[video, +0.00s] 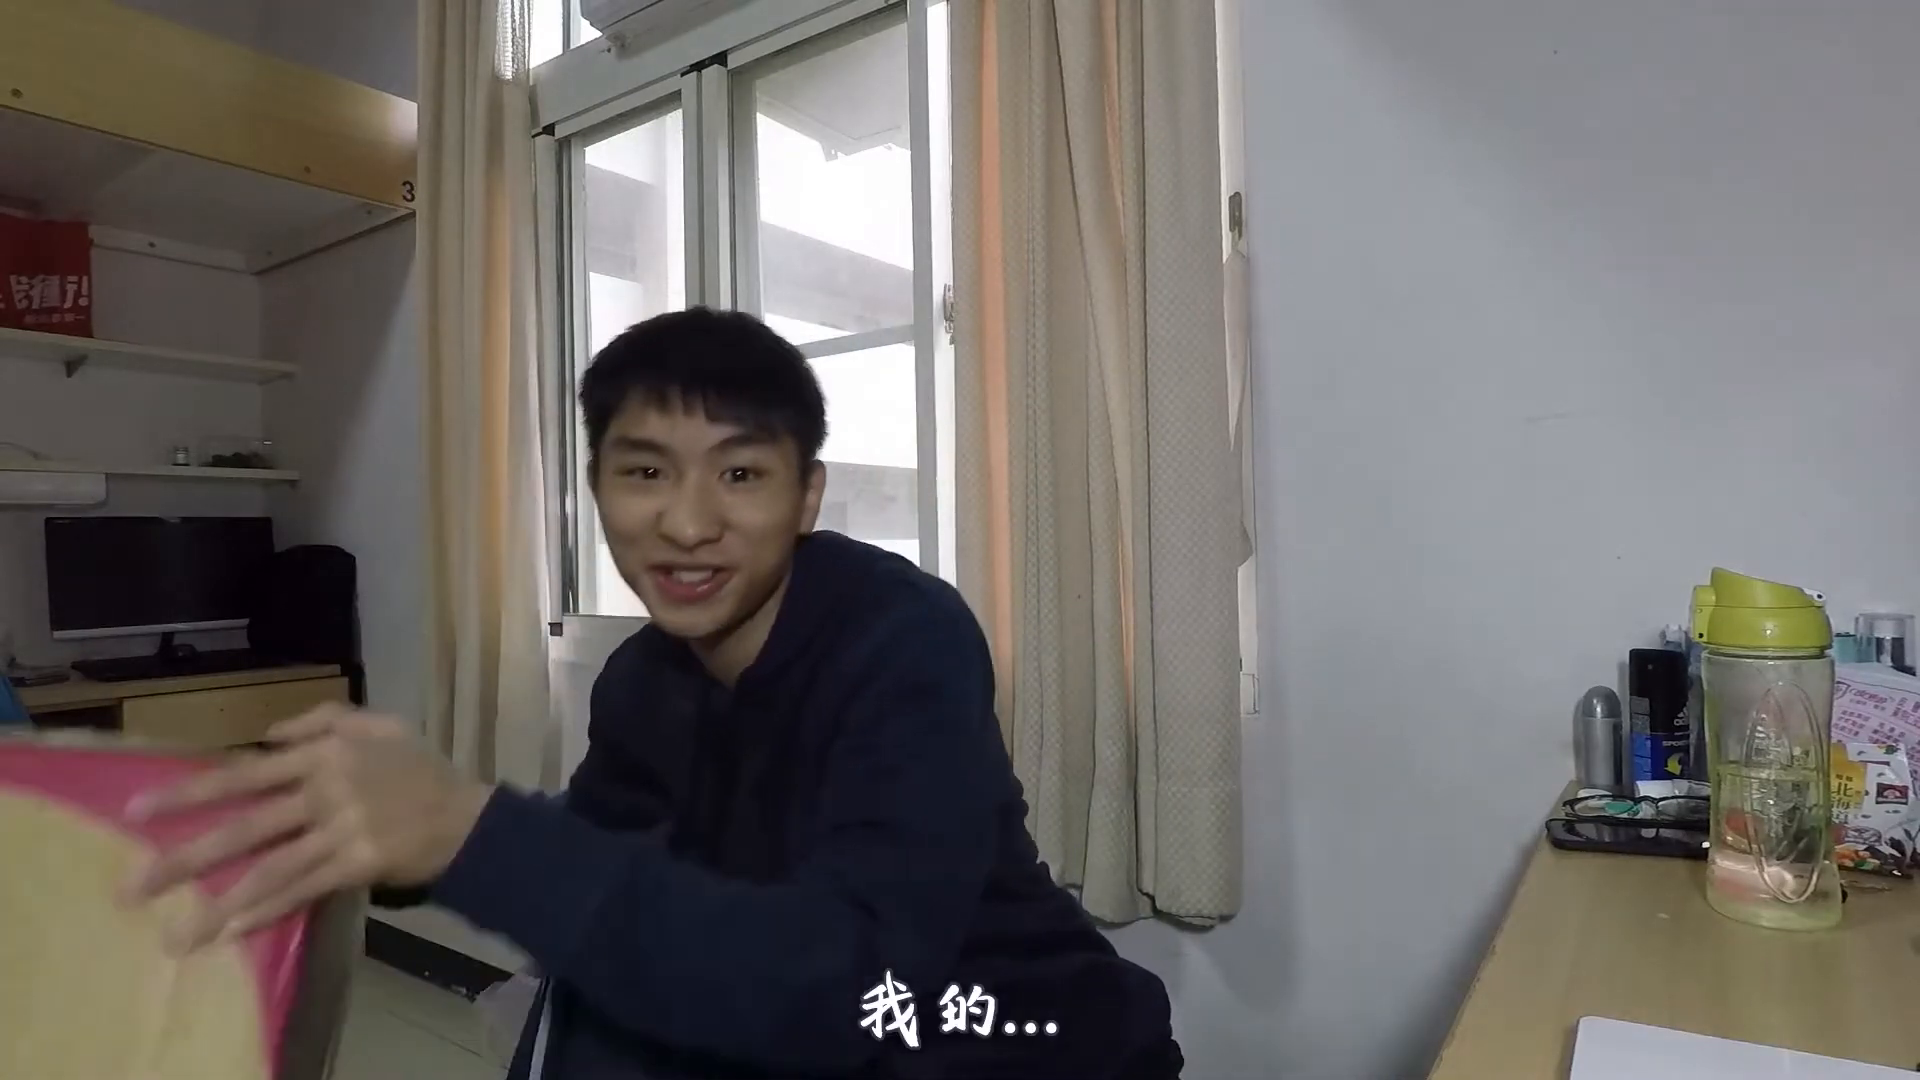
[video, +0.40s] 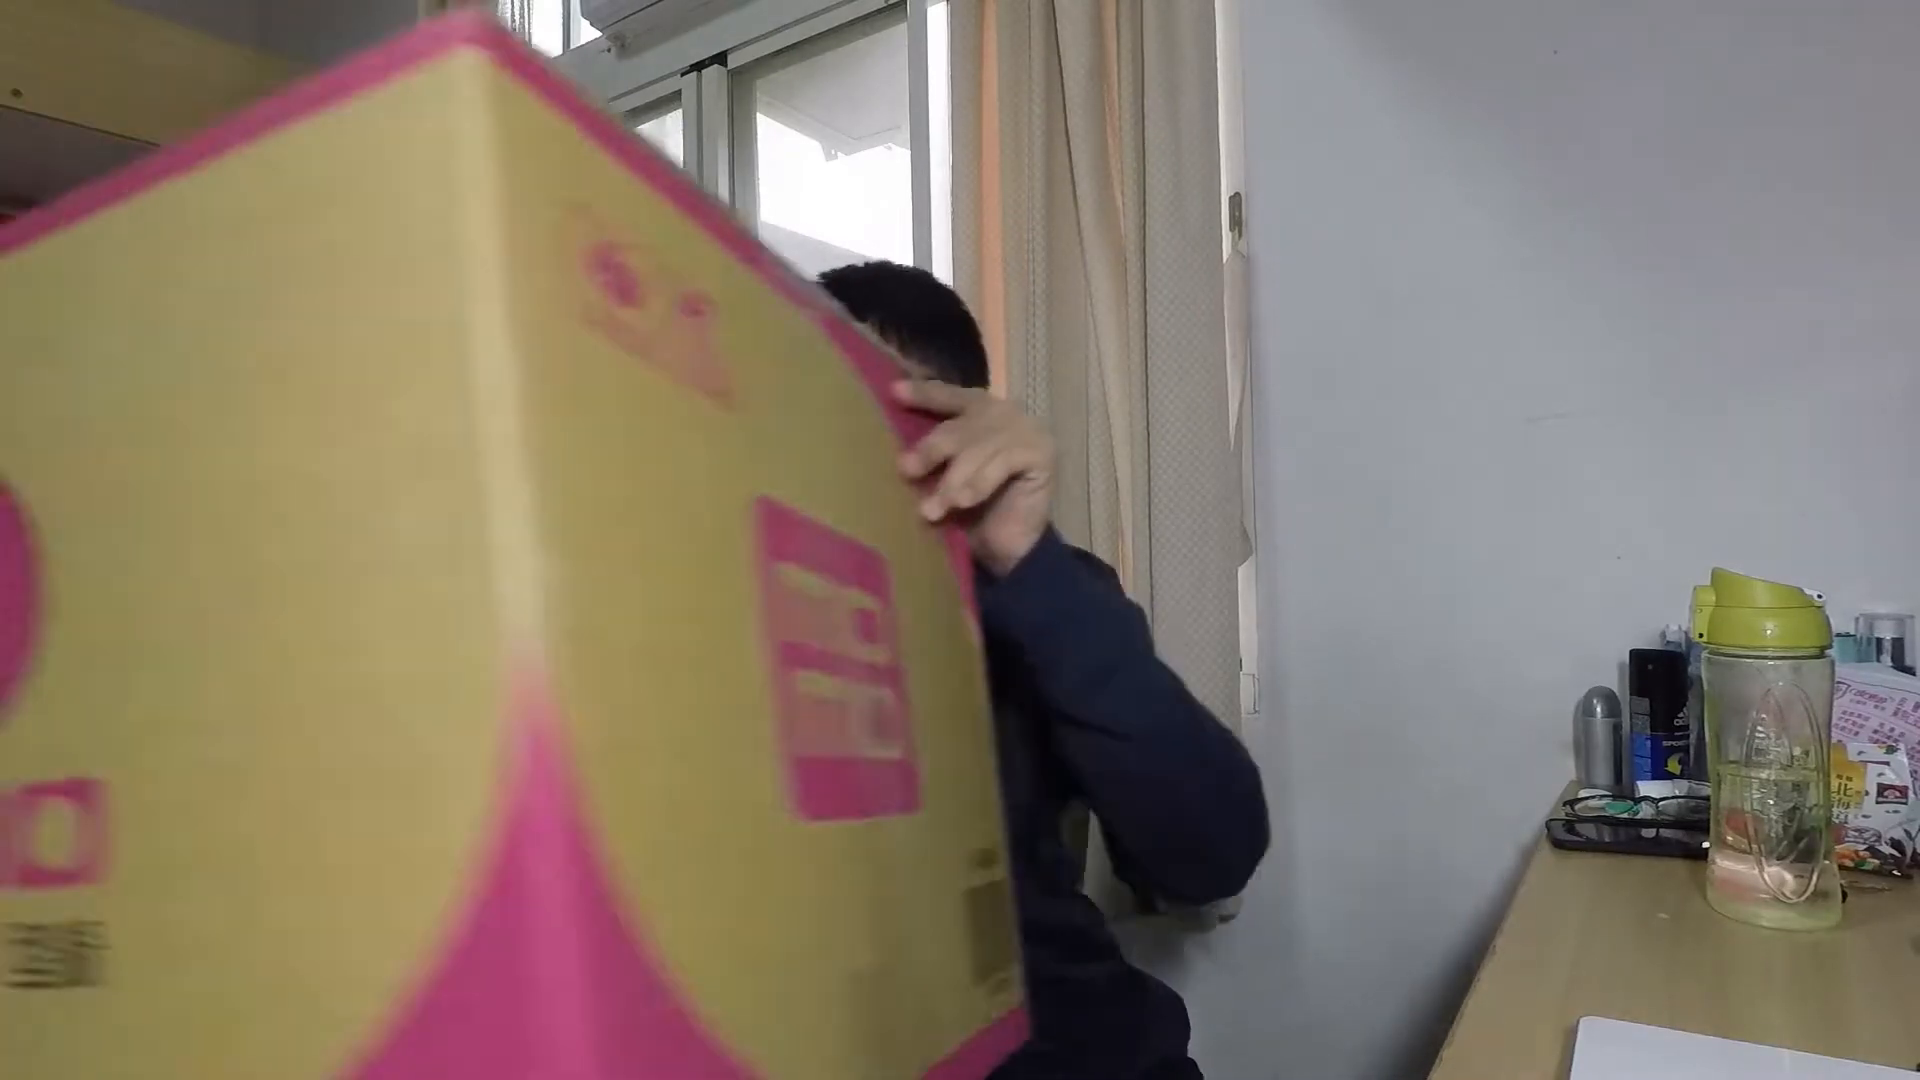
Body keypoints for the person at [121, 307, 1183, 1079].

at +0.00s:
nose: (687, 523)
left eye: (739, 474)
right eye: (644, 473)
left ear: (809, 497)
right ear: (599, 501)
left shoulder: (907, 640)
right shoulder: (639, 684)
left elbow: (866, 970)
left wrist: (471, 835)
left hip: (1032, 1040)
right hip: (801, 1045)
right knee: (593, 1030)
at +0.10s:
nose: (735, 496)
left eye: (788, 453)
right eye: (694, 446)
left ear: (848, 480)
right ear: (639, 470)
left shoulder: (941, 620)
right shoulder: (651, 660)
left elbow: (936, 928)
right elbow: (525, 815)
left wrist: (601, 722)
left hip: (1021, 1027)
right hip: (809, 1031)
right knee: (614, 902)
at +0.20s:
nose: (787, 474)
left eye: (835, 434)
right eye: (744, 425)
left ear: (888, 466)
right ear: (685, 449)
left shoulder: (981, 608)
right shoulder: (643, 636)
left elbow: (1021, 912)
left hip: (1056, 1049)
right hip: (824, 1057)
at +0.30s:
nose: (839, 457)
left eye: (883, 423)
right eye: (793, 415)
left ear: (928, 458)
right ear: (727, 426)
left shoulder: (1020, 596)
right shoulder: (683, 592)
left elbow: (1127, 887)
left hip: (1051, 1041)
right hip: (798, 1043)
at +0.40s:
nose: (875, 449)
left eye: (914, 415)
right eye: (841, 405)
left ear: (974, 435)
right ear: (785, 411)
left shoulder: (1024, 592)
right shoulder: (733, 588)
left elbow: (1216, 857)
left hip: (1059, 1020)